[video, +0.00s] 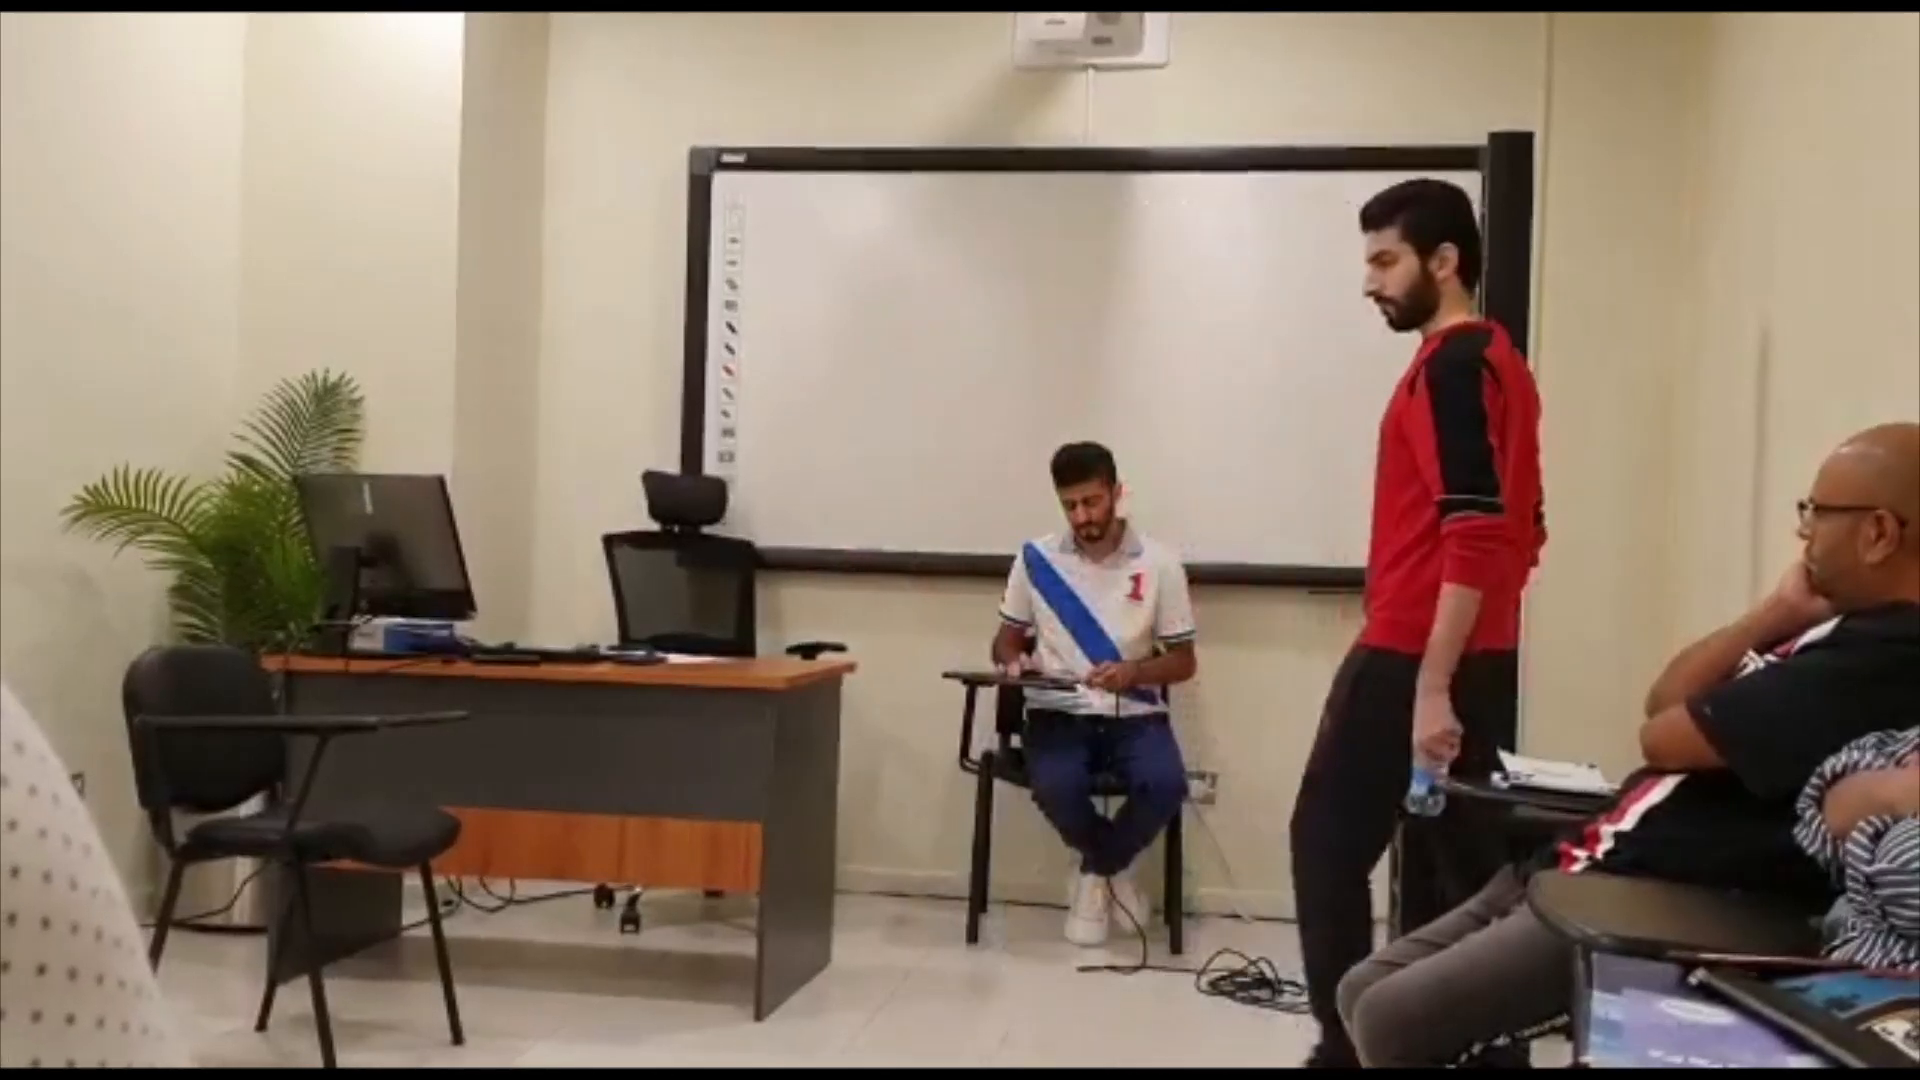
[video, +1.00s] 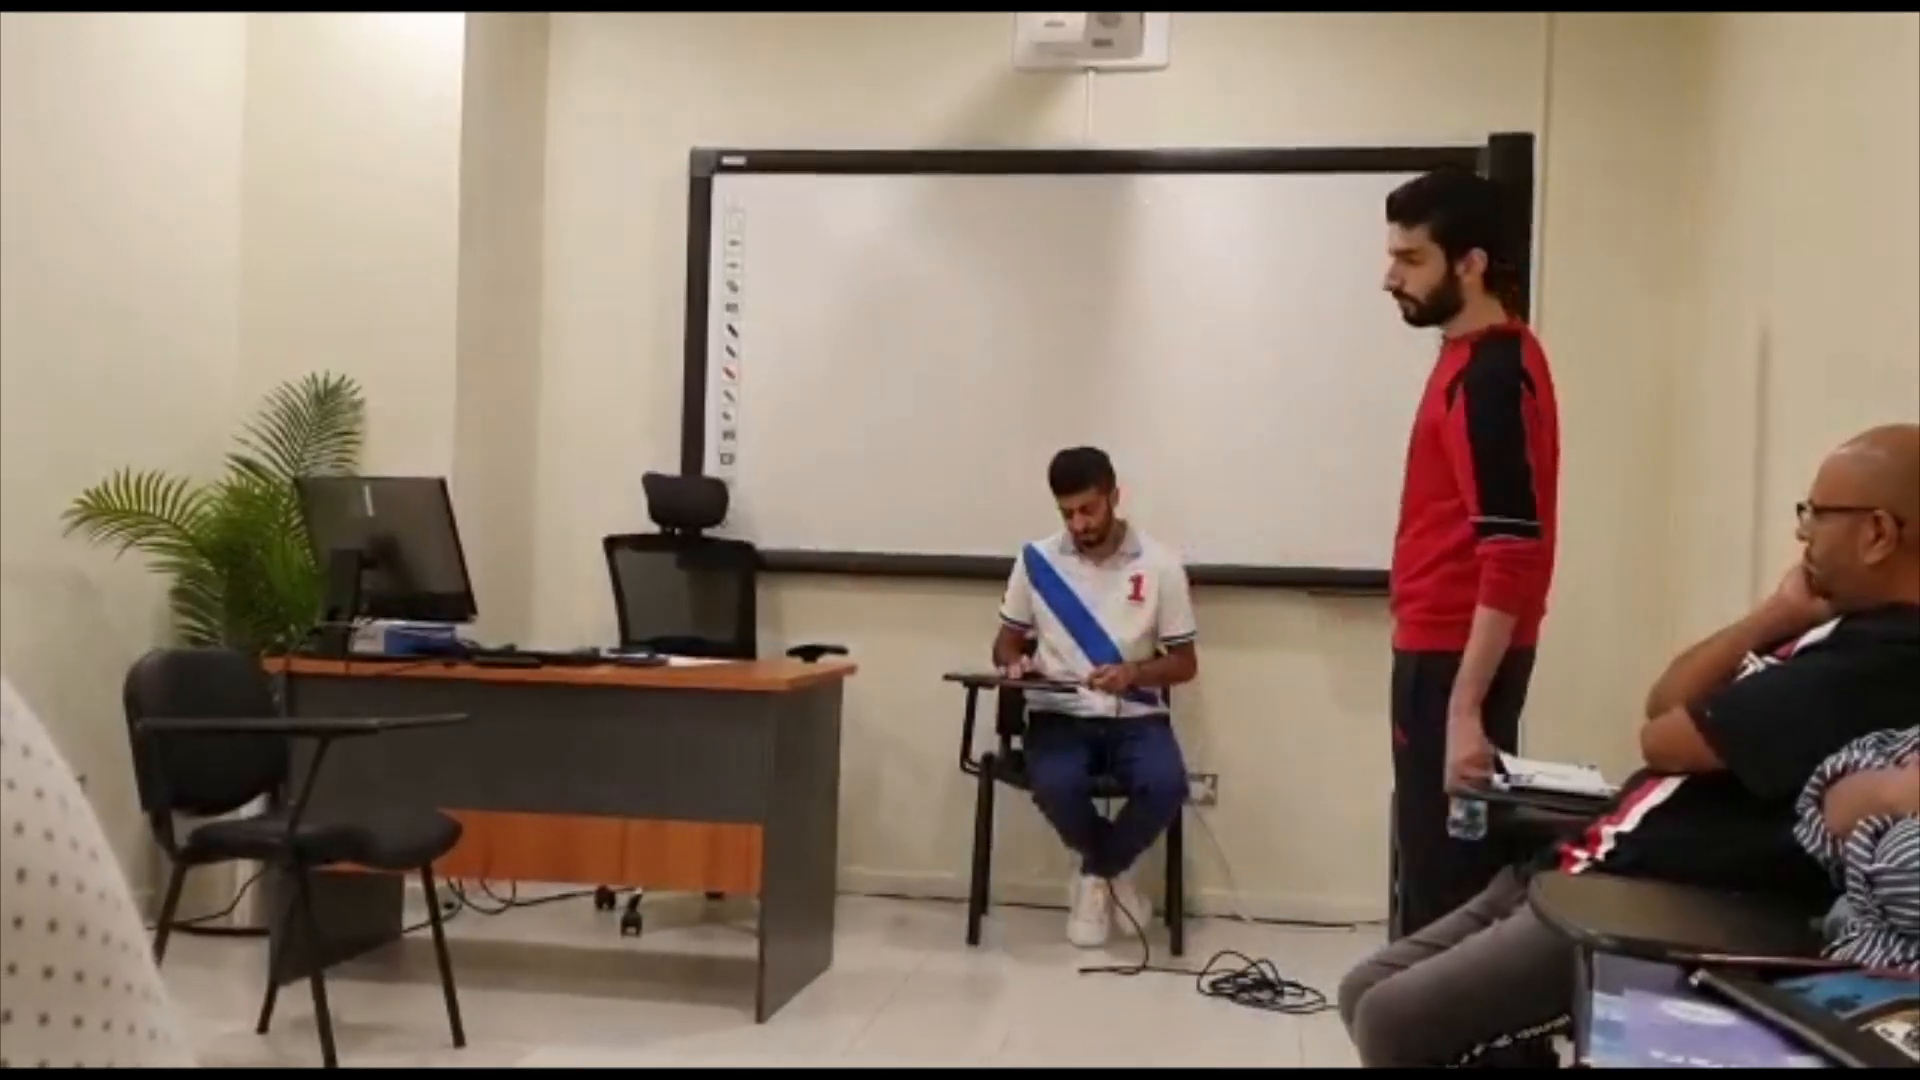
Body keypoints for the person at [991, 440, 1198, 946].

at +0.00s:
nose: (1082, 517)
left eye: (1091, 502)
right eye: (1071, 506)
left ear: (1117, 494)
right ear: (1060, 503)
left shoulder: (1158, 563)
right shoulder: (1035, 560)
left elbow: (1183, 661)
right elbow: (1008, 640)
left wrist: (1132, 673)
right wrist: (1011, 658)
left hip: (1134, 714)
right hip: (1058, 713)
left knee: (1164, 787)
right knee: (1055, 790)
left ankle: (1094, 876)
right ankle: (1114, 868)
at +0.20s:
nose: (1081, 520)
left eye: (1090, 506)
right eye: (1070, 509)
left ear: (1116, 495)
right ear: (1059, 505)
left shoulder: (1158, 564)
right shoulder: (1035, 561)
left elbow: (1183, 662)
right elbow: (1006, 642)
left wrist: (1131, 674)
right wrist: (1013, 661)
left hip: (1134, 716)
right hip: (1058, 715)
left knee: (1164, 787)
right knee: (1055, 792)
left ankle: (1094, 877)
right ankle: (1114, 870)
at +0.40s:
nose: (1080, 522)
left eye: (1090, 507)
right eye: (1070, 511)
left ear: (1116, 496)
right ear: (1059, 506)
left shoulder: (1159, 564)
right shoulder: (1036, 560)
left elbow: (1184, 662)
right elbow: (1006, 644)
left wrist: (1131, 674)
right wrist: (1014, 662)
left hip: (1135, 715)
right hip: (1059, 714)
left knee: (1164, 788)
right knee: (1056, 792)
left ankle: (1095, 877)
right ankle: (1115, 869)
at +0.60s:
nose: (1080, 523)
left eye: (1089, 508)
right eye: (1069, 512)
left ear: (1116, 497)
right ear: (1059, 507)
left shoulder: (1159, 564)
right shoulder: (1036, 560)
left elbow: (1184, 662)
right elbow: (1007, 643)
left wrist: (1132, 674)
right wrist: (1014, 661)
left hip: (1135, 716)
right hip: (1059, 715)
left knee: (1164, 788)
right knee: (1056, 791)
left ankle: (1096, 878)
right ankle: (1115, 870)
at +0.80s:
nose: (1079, 523)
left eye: (1088, 509)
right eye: (1068, 513)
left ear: (1115, 497)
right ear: (1058, 508)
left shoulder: (1159, 564)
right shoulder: (1036, 560)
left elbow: (1184, 662)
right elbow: (1007, 641)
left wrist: (1132, 674)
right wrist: (1014, 661)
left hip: (1135, 716)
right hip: (1059, 715)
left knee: (1164, 788)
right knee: (1056, 790)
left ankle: (1095, 878)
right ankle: (1114, 869)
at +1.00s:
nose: (1079, 524)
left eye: (1088, 510)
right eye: (1068, 514)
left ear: (1115, 497)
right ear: (1058, 509)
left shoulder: (1159, 565)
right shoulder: (1036, 561)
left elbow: (1184, 662)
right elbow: (1007, 643)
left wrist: (1132, 674)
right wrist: (1014, 661)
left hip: (1135, 717)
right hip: (1059, 716)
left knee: (1164, 788)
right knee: (1055, 789)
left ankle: (1095, 879)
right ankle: (1114, 872)